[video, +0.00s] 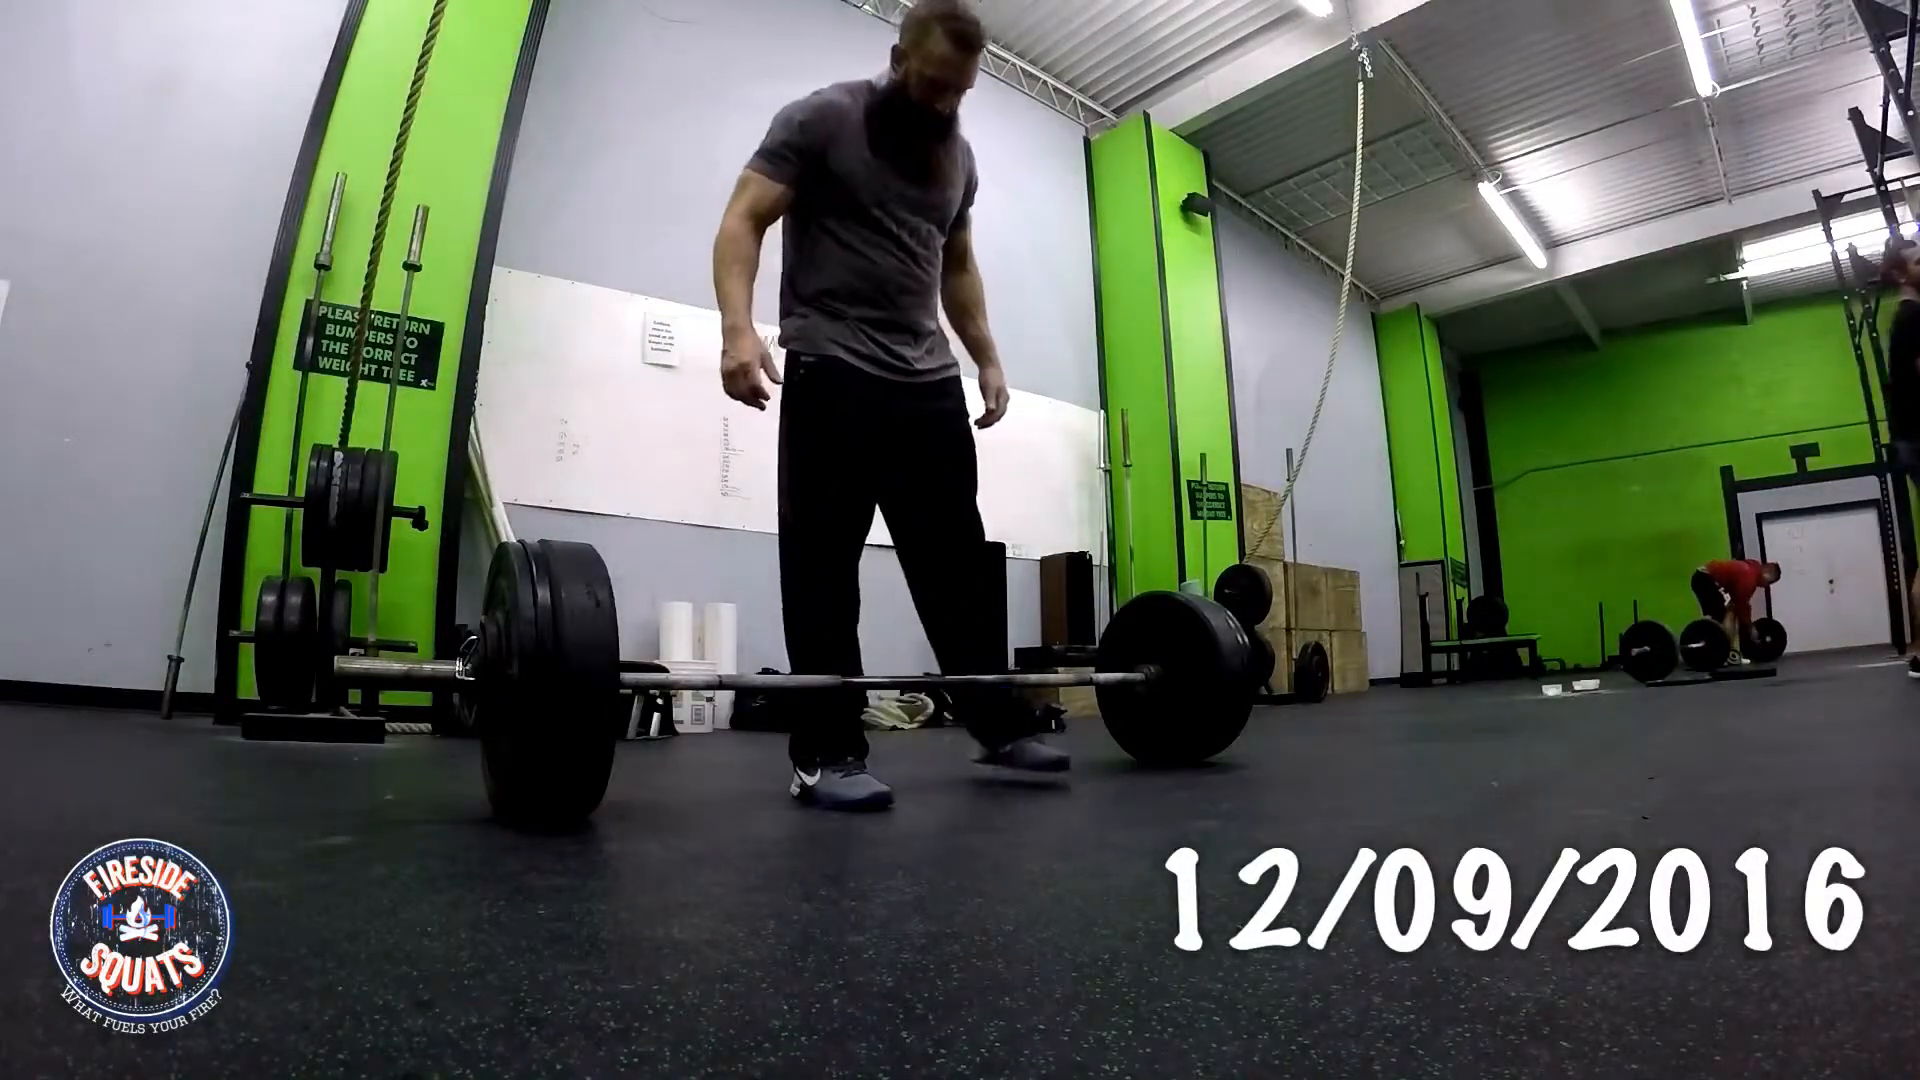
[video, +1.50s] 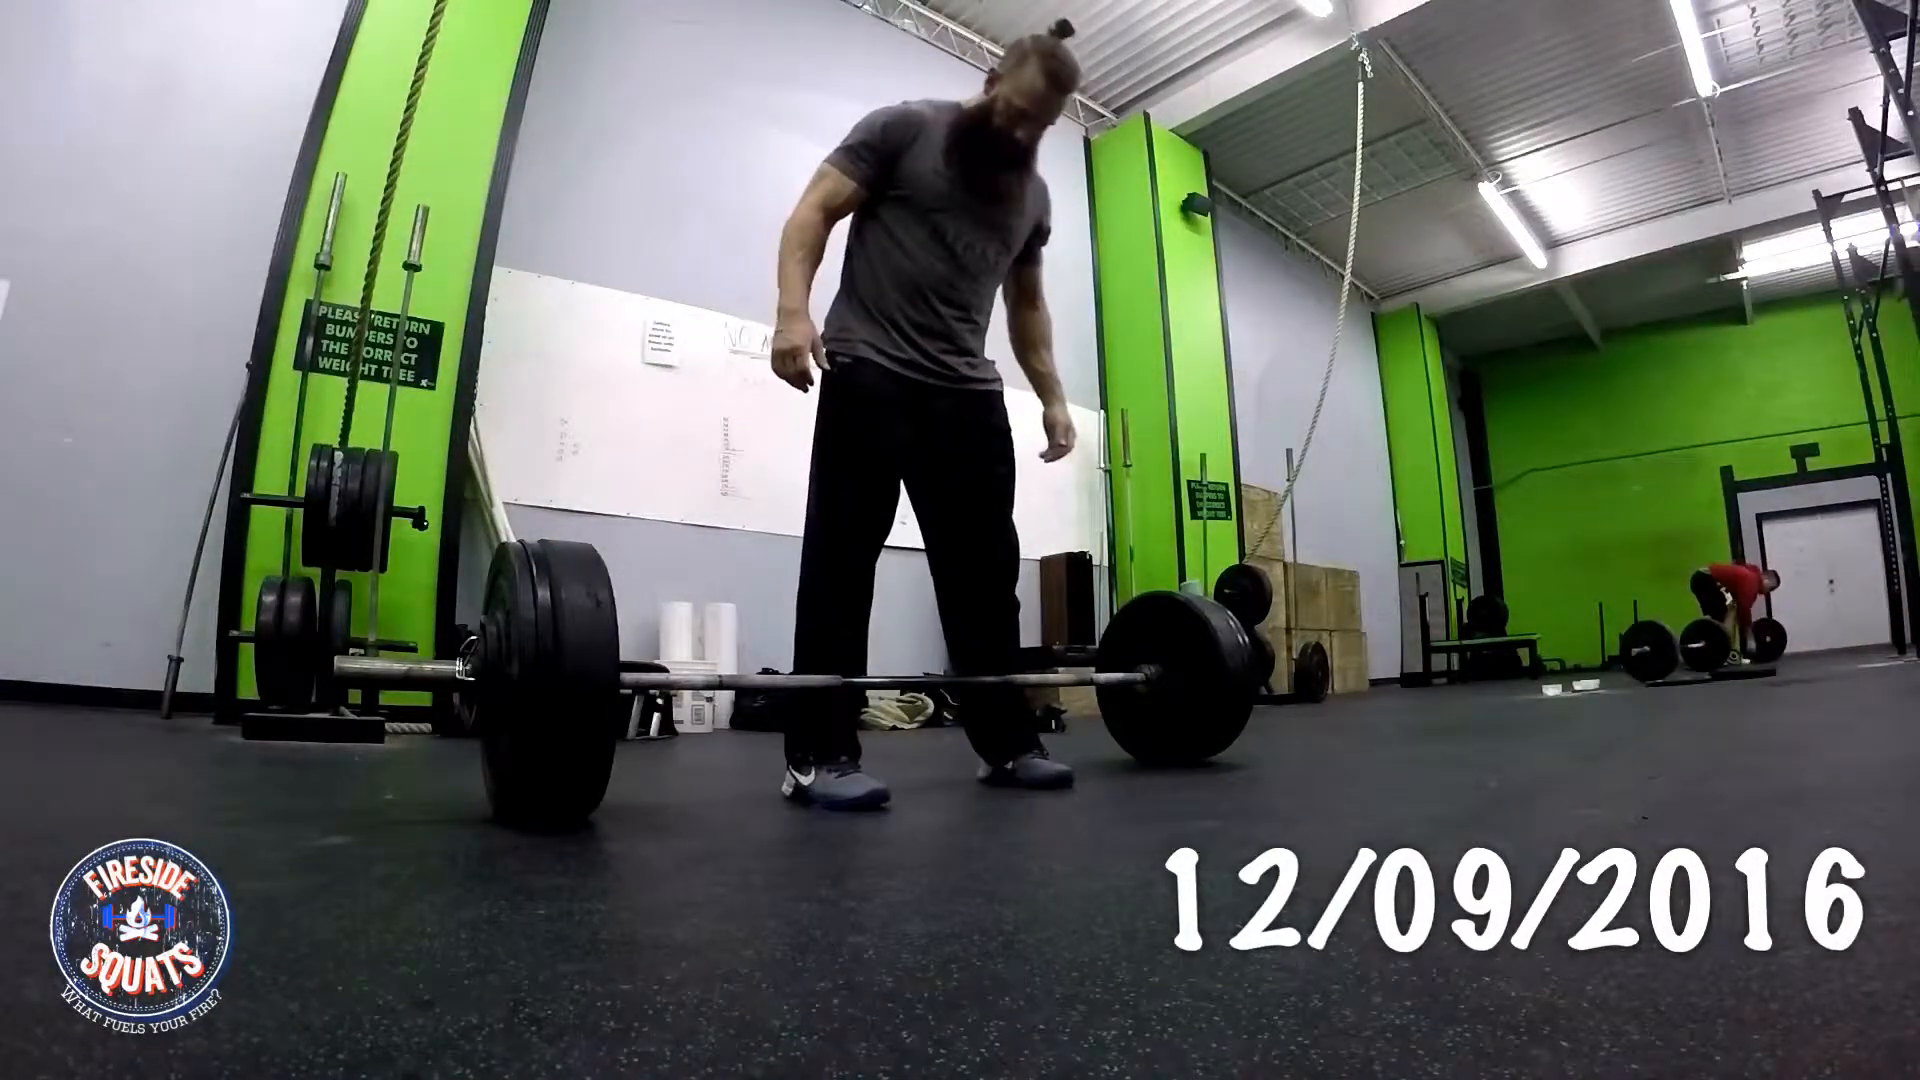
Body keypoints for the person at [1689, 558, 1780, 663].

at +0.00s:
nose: (1765, 585)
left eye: (1769, 583)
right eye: (1768, 581)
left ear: (1765, 570)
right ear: (1766, 574)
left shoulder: (1750, 571)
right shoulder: (1748, 576)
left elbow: (1742, 603)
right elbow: (1741, 605)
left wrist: (1747, 624)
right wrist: (1747, 627)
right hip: (1705, 579)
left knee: (1717, 616)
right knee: (1725, 615)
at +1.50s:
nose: (1767, 592)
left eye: (1770, 590)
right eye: (1770, 588)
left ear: (1764, 577)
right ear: (1766, 581)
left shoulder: (1749, 577)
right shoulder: (1751, 580)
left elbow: (1742, 609)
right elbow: (1743, 610)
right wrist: (1746, 631)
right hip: (1705, 578)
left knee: (1717, 616)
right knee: (1730, 612)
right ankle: (1732, 654)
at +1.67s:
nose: (1766, 602)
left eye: (1769, 600)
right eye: (1769, 598)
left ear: (1765, 586)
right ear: (1766, 590)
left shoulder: (1752, 581)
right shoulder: (1751, 587)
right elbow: (1746, 623)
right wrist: (1754, 648)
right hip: (1704, 580)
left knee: (1717, 617)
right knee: (1731, 612)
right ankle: (1729, 654)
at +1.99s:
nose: (1765, 595)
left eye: (1769, 593)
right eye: (1768, 591)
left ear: (1765, 580)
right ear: (1766, 584)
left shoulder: (1751, 577)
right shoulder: (1751, 584)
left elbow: (1744, 612)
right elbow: (1744, 617)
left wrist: (1751, 632)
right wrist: (1753, 635)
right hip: (1704, 580)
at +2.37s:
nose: (1764, 590)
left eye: (1768, 588)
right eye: (1767, 586)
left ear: (1762, 575)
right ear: (1764, 580)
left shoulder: (1749, 575)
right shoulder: (1751, 581)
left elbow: (1742, 610)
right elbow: (1744, 613)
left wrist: (1751, 630)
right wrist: (1754, 634)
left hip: (1699, 577)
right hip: (1703, 579)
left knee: (1716, 617)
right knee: (1731, 610)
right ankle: (1729, 653)